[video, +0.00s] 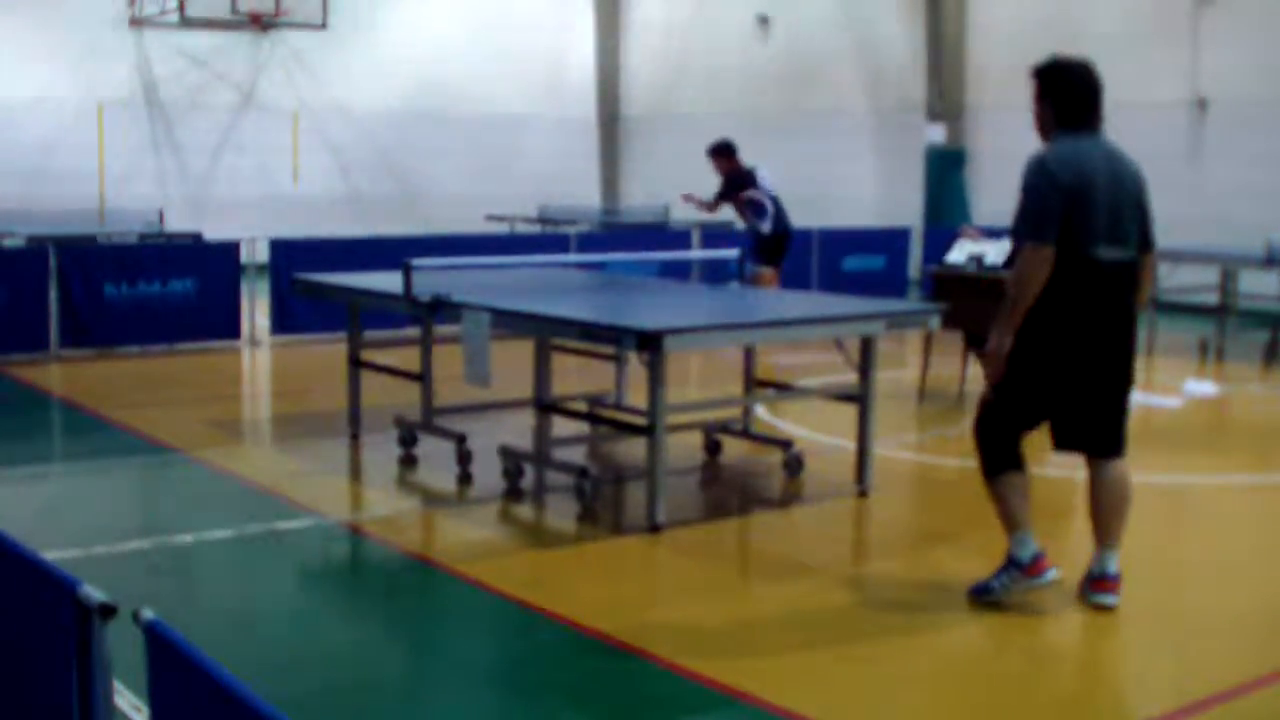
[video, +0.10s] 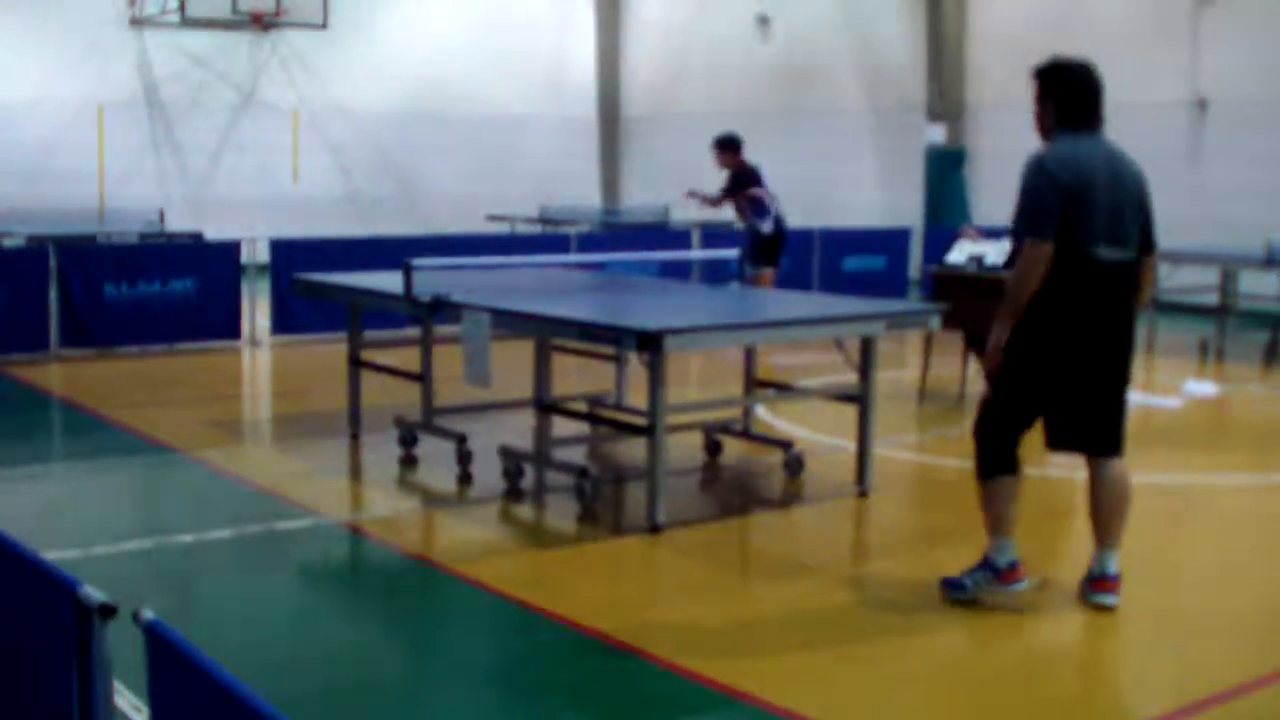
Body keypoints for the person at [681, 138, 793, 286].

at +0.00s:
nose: (716, 168)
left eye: (717, 162)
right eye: (715, 163)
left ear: (726, 160)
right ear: (733, 158)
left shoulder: (734, 179)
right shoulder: (746, 174)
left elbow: (713, 206)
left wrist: (695, 201)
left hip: (770, 232)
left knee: (763, 276)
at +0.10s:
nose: (718, 159)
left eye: (720, 154)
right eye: (717, 154)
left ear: (731, 154)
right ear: (733, 154)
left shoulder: (740, 174)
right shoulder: (742, 172)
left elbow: (718, 201)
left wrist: (698, 196)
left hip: (767, 229)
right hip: (757, 228)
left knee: (763, 279)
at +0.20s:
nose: (722, 153)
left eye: (726, 148)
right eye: (723, 147)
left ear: (736, 149)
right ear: (738, 149)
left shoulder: (746, 171)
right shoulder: (736, 171)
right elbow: (737, 201)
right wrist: (709, 205)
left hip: (762, 232)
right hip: (750, 230)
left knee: (761, 281)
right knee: (751, 279)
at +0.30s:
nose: (725, 165)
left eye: (729, 160)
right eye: (726, 160)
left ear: (740, 162)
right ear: (728, 161)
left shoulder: (750, 186)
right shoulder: (729, 186)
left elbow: (758, 216)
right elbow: (734, 217)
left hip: (759, 244)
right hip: (744, 244)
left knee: (758, 294)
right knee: (748, 293)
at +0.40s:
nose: (724, 168)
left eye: (729, 163)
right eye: (724, 162)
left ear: (740, 166)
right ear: (723, 165)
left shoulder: (750, 192)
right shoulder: (722, 191)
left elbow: (755, 226)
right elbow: (724, 221)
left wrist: (729, 241)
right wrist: (718, 241)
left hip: (753, 247)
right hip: (730, 247)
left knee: (755, 299)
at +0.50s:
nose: (720, 174)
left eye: (725, 170)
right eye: (720, 169)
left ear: (735, 173)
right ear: (718, 171)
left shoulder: (748, 199)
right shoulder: (715, 199)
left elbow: (758, 230)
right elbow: (715, 228)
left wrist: (733, 250)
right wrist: (710, 250)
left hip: (746, 255)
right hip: (721, 253)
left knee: (750, 303)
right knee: (716, 298)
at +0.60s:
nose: (714, 179)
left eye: (718, 174)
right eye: (713, 173)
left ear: (728, 177)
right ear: (710, 175)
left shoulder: (741, 204)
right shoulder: (706, 206)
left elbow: (753, 232)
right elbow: (705, 236)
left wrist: (735, 255)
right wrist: (700, 258)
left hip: (739, 263)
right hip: (712, 261)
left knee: (745, 309)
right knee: (710, 307)